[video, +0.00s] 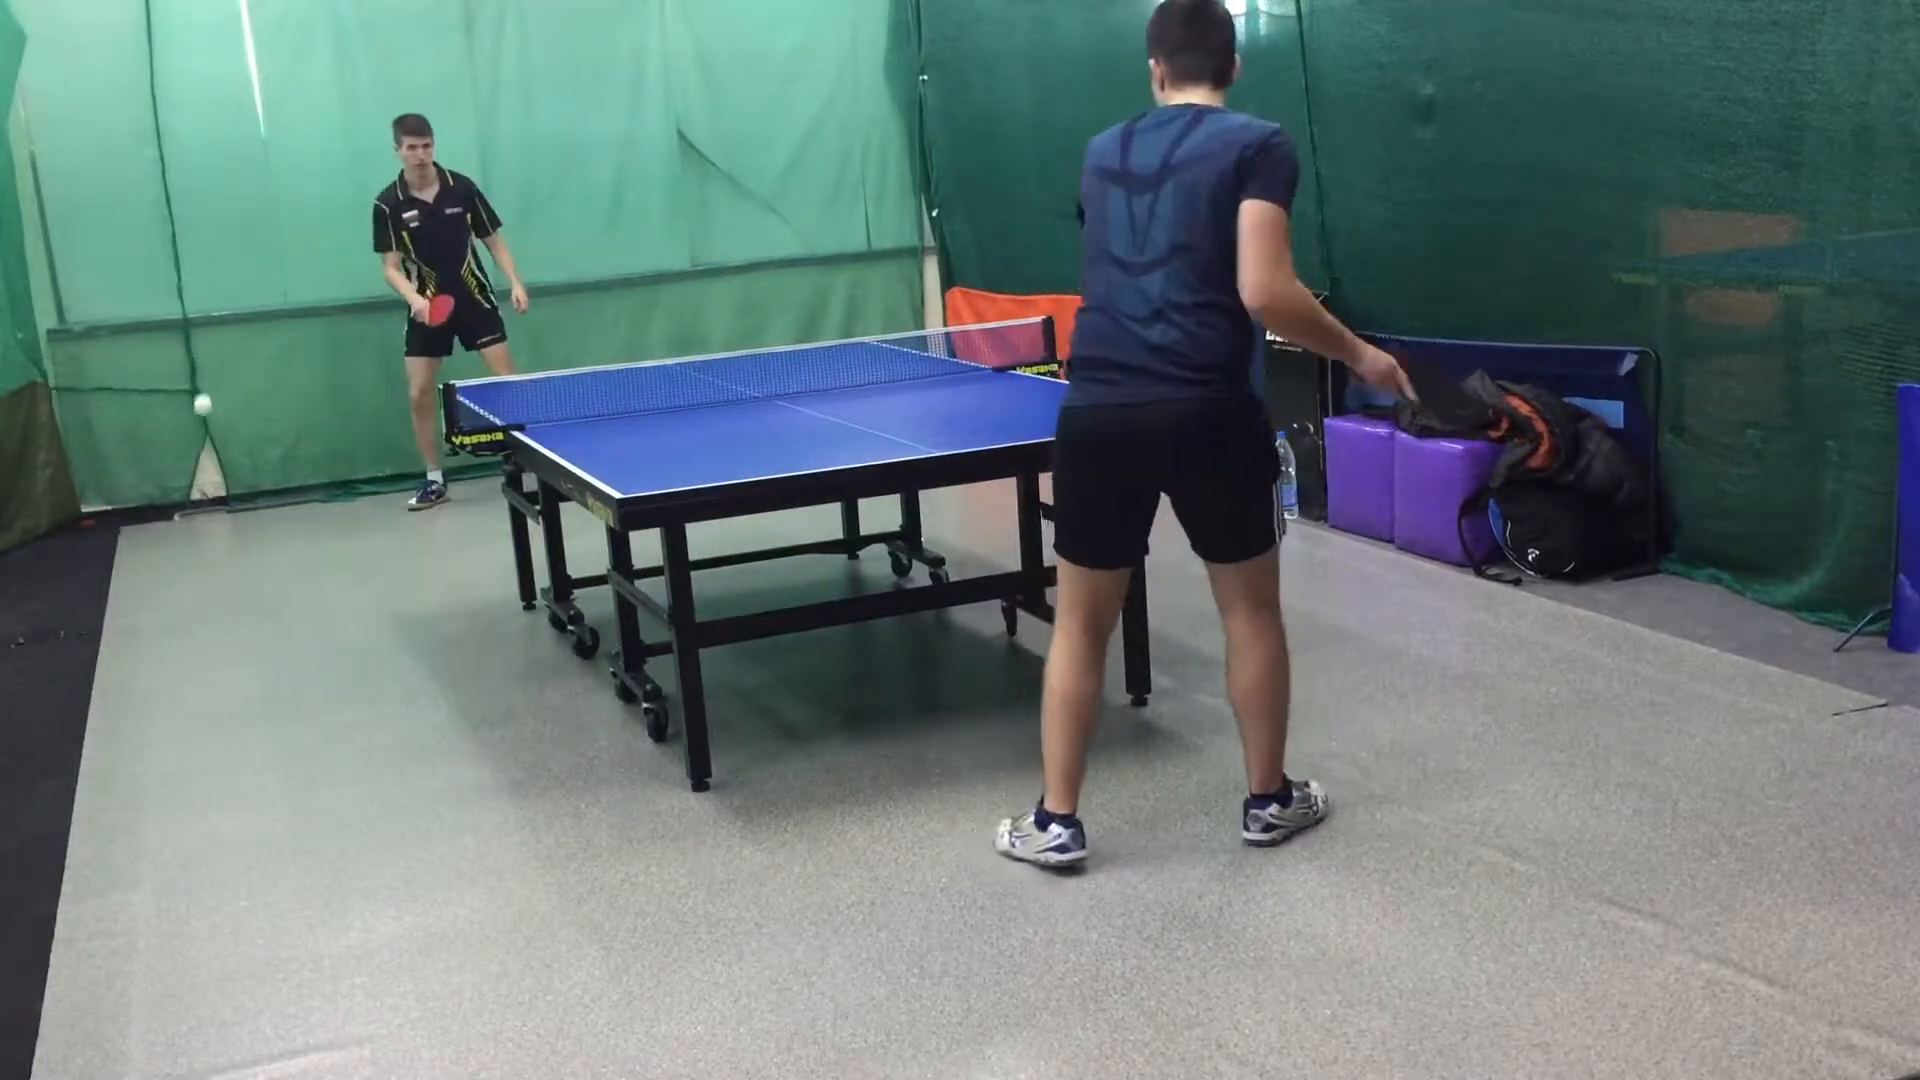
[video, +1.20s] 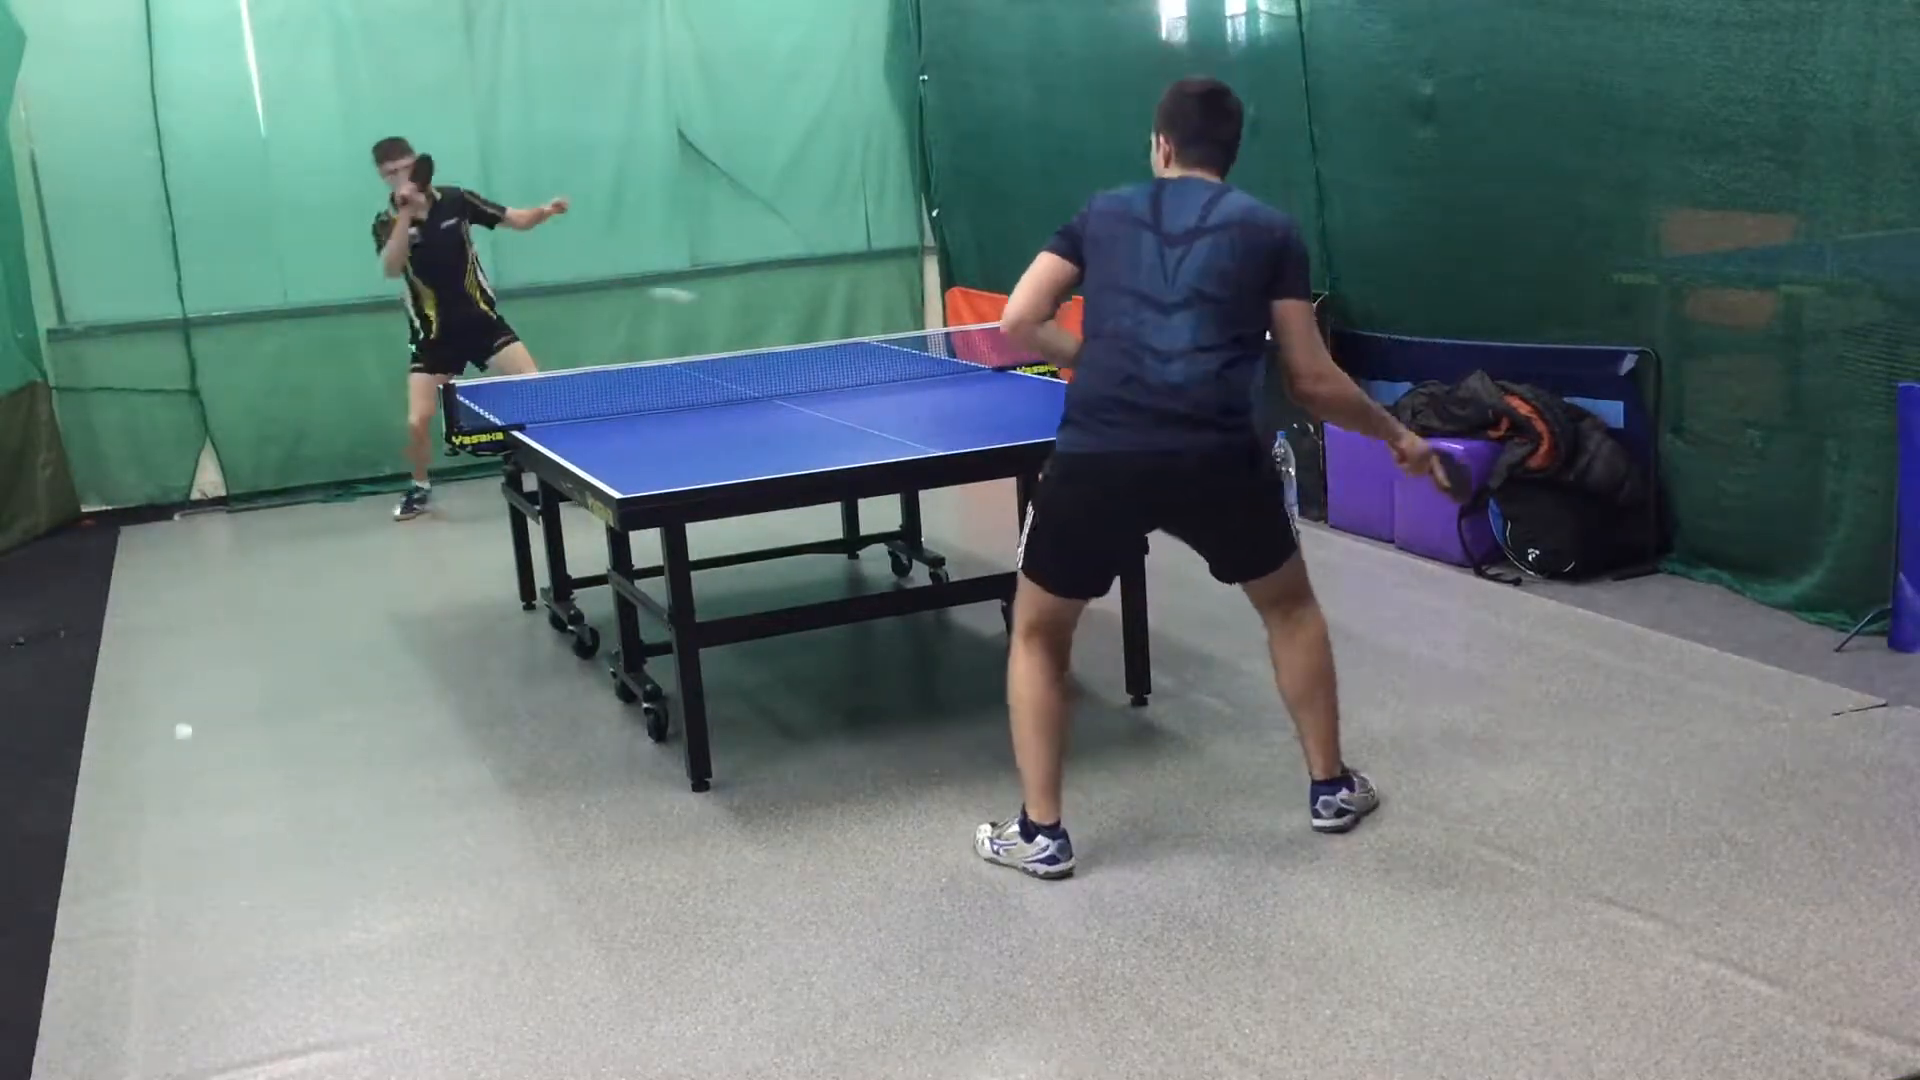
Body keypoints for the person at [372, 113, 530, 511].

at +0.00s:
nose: (420, 155)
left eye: (425, 147)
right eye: (412, 149)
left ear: (434, 146)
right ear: (398, 151)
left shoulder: (462, 189)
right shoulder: (388, 203)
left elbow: (494, 240)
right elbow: (391, 266)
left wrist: (515, 281)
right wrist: (414, 298)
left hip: (474, 298)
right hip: (426, 305)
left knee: (508, 380)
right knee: (419, 394)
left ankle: (521, 468)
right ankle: (434, 481)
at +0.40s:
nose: (408, 175)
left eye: (412, 166)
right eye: (398, 169)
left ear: (421, 162)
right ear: (386, 171)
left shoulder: (455, 200)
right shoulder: (385, 220)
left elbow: (491, 251)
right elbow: (393, 280)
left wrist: (499, 295)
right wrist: (403, 308)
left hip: (474, 307)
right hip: (426, 317)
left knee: (515, 385)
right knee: (410, 403)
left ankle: (523, 469)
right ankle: (434, 480)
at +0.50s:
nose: (392, 189)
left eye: (397, 180)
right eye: (383, 183)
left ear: (407, 174)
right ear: (372, 185)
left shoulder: (443, 210)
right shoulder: (380, 233)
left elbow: (473, 268)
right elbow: (391, 292)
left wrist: (456, 312)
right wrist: (389, 315)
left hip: (477, 301)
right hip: (434, 310)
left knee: (518, 386)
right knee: (406, 396)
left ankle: (527, 467)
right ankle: (431, 478)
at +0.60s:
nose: (376, 217)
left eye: (380, 207)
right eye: (367, 212)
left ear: (389, 199)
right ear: (357, 212)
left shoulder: (427, 233)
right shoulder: (377, 255)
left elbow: (442, 296)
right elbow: (389, 318)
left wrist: (410, 339)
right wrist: (367, 360)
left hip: (483, 316)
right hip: (441, 322)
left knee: (518, 392)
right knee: (405, 397)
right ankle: (428, 489)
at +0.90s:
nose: (349, 259)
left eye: (351, 248)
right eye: (340, 254)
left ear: (367, 237)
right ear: (336, 254)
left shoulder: (405, 260)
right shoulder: (374, 289)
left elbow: (458, 276)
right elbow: (402, 349)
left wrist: (436, 312)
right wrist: (383, 389)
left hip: (487, 352)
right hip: (439, 355)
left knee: (512, 420)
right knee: (395, 416)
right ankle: (429, 490)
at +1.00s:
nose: (355, 236)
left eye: (357, 226)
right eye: (347, 231)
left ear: (374, 215)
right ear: (344, 233)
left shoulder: (420, 235)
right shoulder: (367, 277)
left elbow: (484, 246)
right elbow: (375, 334)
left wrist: (466, 260)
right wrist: (349, 334)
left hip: (480, 334)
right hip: (434, 348)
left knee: (530, 393)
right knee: (403, 423)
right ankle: (429, 490)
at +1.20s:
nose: (398, 179)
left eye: (403, 170)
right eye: (390, 174)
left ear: (418, 167)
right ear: (381, 177)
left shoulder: (453, 200)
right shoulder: (387, 223)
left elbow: (512, 219)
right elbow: (392, 267)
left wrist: (544, 212)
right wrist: (405, 216)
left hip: (481, 322)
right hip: (431, 335)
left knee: (534, 388)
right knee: (417, 422)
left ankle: (536, 470)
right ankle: (420, 486)